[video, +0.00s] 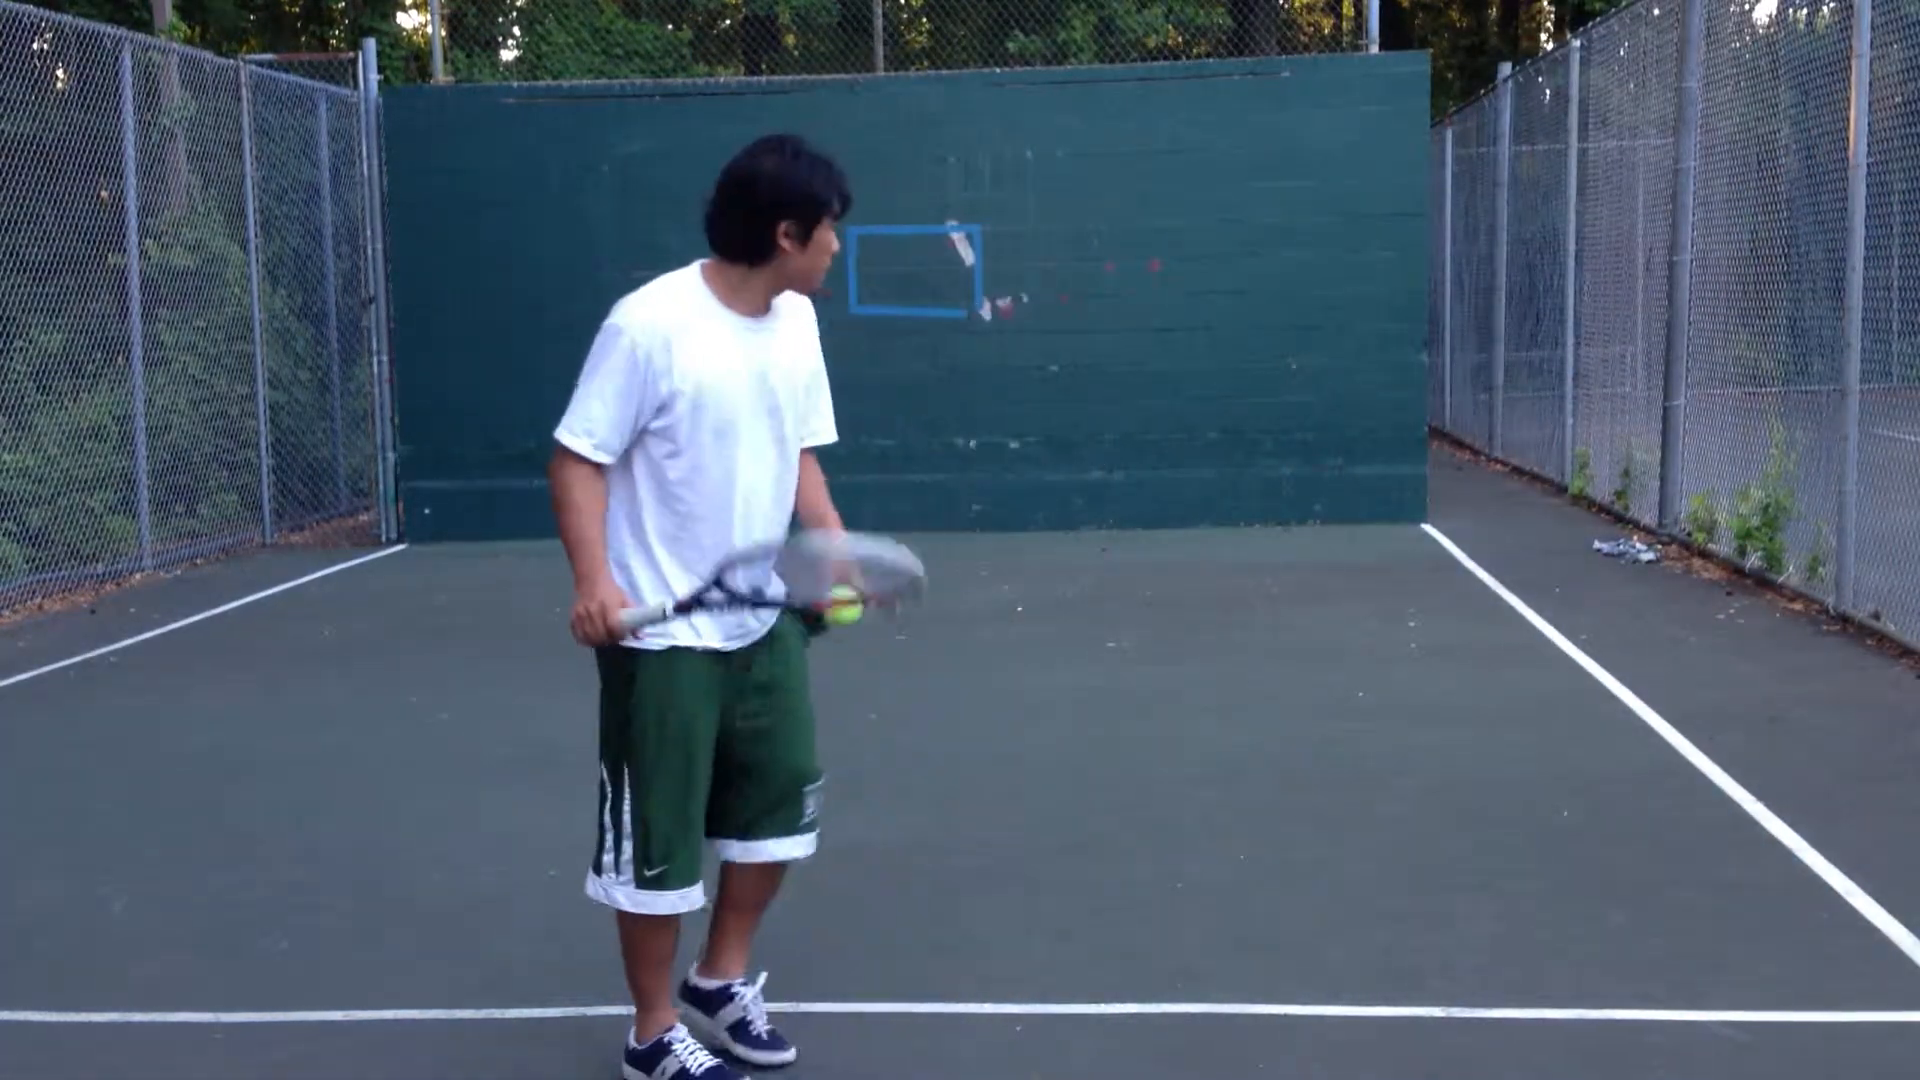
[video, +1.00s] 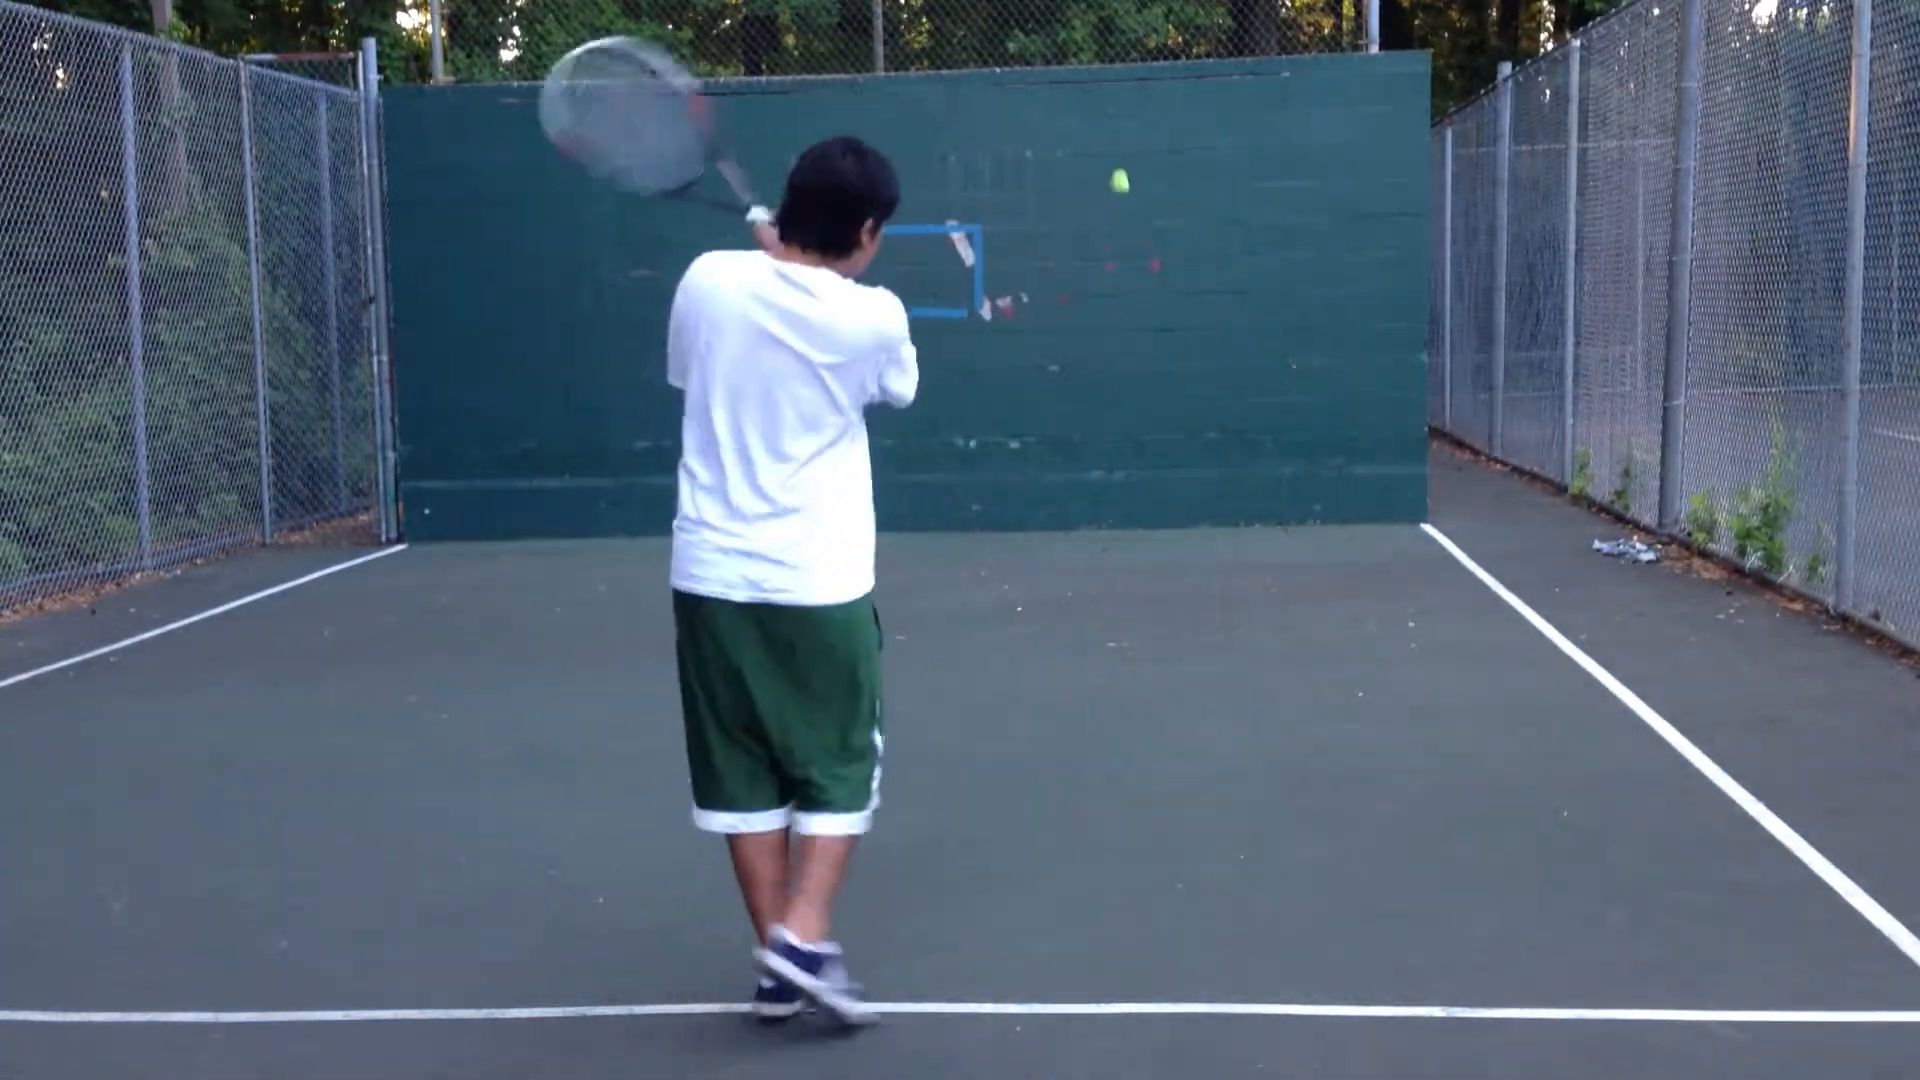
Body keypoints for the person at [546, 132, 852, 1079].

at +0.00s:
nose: (837, 249)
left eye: (836, 233)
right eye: (829, 234)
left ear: (772, 235)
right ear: (781, 237)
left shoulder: (794, 317)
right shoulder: (648, 324)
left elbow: (798, 455)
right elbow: (576, 457)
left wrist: (833, 556)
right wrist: (592, 580)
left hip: (766, 620)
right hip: (661, 630)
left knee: (774, 807)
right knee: (657, 841)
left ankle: (720, 984)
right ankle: (652, 1033)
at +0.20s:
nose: (852, 253)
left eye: (852, 237)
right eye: (847, 238)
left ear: (792, 239)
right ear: (809, 242)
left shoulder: (793, 322)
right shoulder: (683, 324)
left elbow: (807, 458)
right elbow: (602, 448)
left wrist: (882, 528)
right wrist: (600, 538)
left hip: (737, 615)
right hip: (660, 621)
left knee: (761, 797)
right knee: (658, 836)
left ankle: (765, 979)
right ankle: (654, 1033)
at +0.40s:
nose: (871, 277)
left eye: (875, 261)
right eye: (871, 260)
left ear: (811, 246)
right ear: (834, 254)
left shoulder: (780, 323)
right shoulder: (749, 330)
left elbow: (838, 408)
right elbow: (681, 453)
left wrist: (945, 425)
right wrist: (680, 555)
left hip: (725, 613)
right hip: (697, 618)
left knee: (721, 810)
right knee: (691, 828)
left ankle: (773, 976)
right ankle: (655, 1032)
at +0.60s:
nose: (874, 271)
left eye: (877, 255)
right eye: (871, 256)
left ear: (792, 242)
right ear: (836, 252)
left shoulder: (712, 278)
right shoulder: (812, 362)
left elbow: (779, 324)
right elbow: (823, 521)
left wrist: (871, 323)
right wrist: (883, 629)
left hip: (669, 587)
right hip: (754, 606)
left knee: (729, 796)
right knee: (771, 802)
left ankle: (774, 976)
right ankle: (680, 971)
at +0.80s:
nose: (875, 270)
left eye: (879, 254)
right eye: (876, 253)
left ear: (785, 227)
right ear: (848, 246)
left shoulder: (696, 282)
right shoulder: (853, 350)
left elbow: (704, 382)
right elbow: (866, 449)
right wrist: (909, 421)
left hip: (689, 589)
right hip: (792, 599)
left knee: (733, 789)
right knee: (814, 786)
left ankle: (778, 973)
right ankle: (739, 934)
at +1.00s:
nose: (881, 238)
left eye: (877, 224)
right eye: (880, 227)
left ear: (787, 214)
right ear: (865, 236)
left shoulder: (709, 278)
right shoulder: (870, 314)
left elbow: (683, 373)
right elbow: (896, 387)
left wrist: (773, 267)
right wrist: (798, 266)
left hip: (710, 573)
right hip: (822, 581)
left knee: (741, 771)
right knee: (839, 763)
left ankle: (779, 964)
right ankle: (804, 938)